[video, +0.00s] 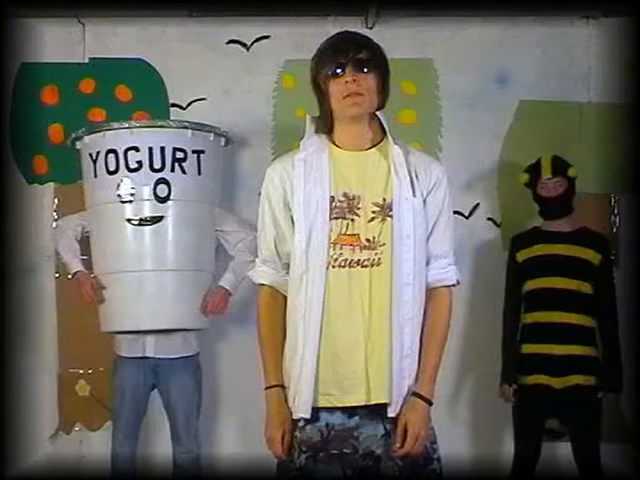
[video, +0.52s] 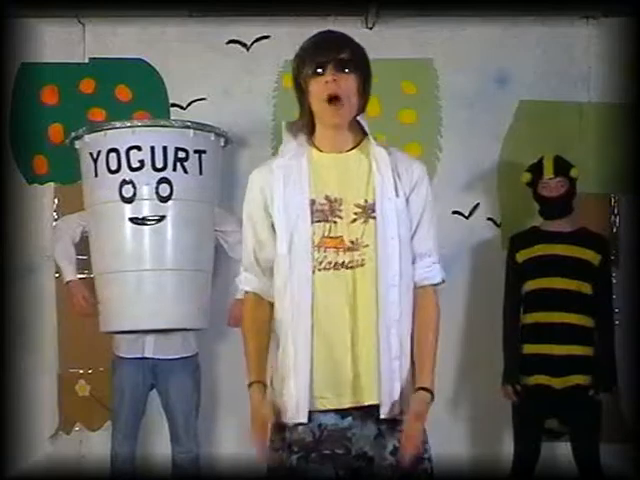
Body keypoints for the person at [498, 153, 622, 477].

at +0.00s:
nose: (549, 191)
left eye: (556, 183)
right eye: (542, 185)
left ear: (571, 187)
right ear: (533, 193)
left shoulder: (596, 245)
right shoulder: (521, 245)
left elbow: (607, 314)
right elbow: (511, 312)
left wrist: (612, 374)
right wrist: (507, 372)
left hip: (581, 373)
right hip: (532, 374)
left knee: (588, 462)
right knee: (524, 461)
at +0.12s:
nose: (550, 192)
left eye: (556, 183)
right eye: (542, 185)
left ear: (571, 187)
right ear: (533, 193)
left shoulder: (596, 245)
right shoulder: (521, 244)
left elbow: (605, 313)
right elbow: (511, 312)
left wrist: (610, 373)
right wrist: (508, 371)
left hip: (581, 373)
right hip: (532, 374)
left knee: (588, 462)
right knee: (524, 461)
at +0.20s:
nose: (551, 191)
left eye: (557, 183)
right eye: (543, 185)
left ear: (572, 187)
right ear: (533, 193)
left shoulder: (596, 245)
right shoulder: (520, 244)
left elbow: (604, 314)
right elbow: (511, 311)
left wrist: (607, 374)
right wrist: (509, 370)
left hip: (581, 374)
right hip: (531, 374)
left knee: (588, 462)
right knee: (524, 461)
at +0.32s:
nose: (551, 191)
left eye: (558, 183)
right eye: (543, 185)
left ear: (572, 187)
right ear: (533, 192)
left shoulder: (596, 245)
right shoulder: (520, 244)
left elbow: (604, 314)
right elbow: (511, 312)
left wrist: (606, 373)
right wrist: (510, 369)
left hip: (580, 375)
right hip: (531, 375)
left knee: (588, 463)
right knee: (524, 462)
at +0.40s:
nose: (552, 191)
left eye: (558, 183)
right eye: (544, 185)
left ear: (572, 187)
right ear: (534, 193)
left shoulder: (596, 245)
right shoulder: (520, 244)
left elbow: (604, 314)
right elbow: (511, 312)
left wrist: (606, 373)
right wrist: (510, 369)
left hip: (580, 375)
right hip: (531, 375)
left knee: (588, 463)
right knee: (524, 462)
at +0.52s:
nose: (552, 191)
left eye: (559, 183)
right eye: (544, 185)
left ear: (572, 187)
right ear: (534, 193)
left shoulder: (596, 245)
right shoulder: (520, 244)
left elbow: (604, 314)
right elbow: (511, 311)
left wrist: (606, 373)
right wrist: (509, 369)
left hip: (581, 374)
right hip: (531, 374)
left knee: (588, 462)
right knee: (524, 461)